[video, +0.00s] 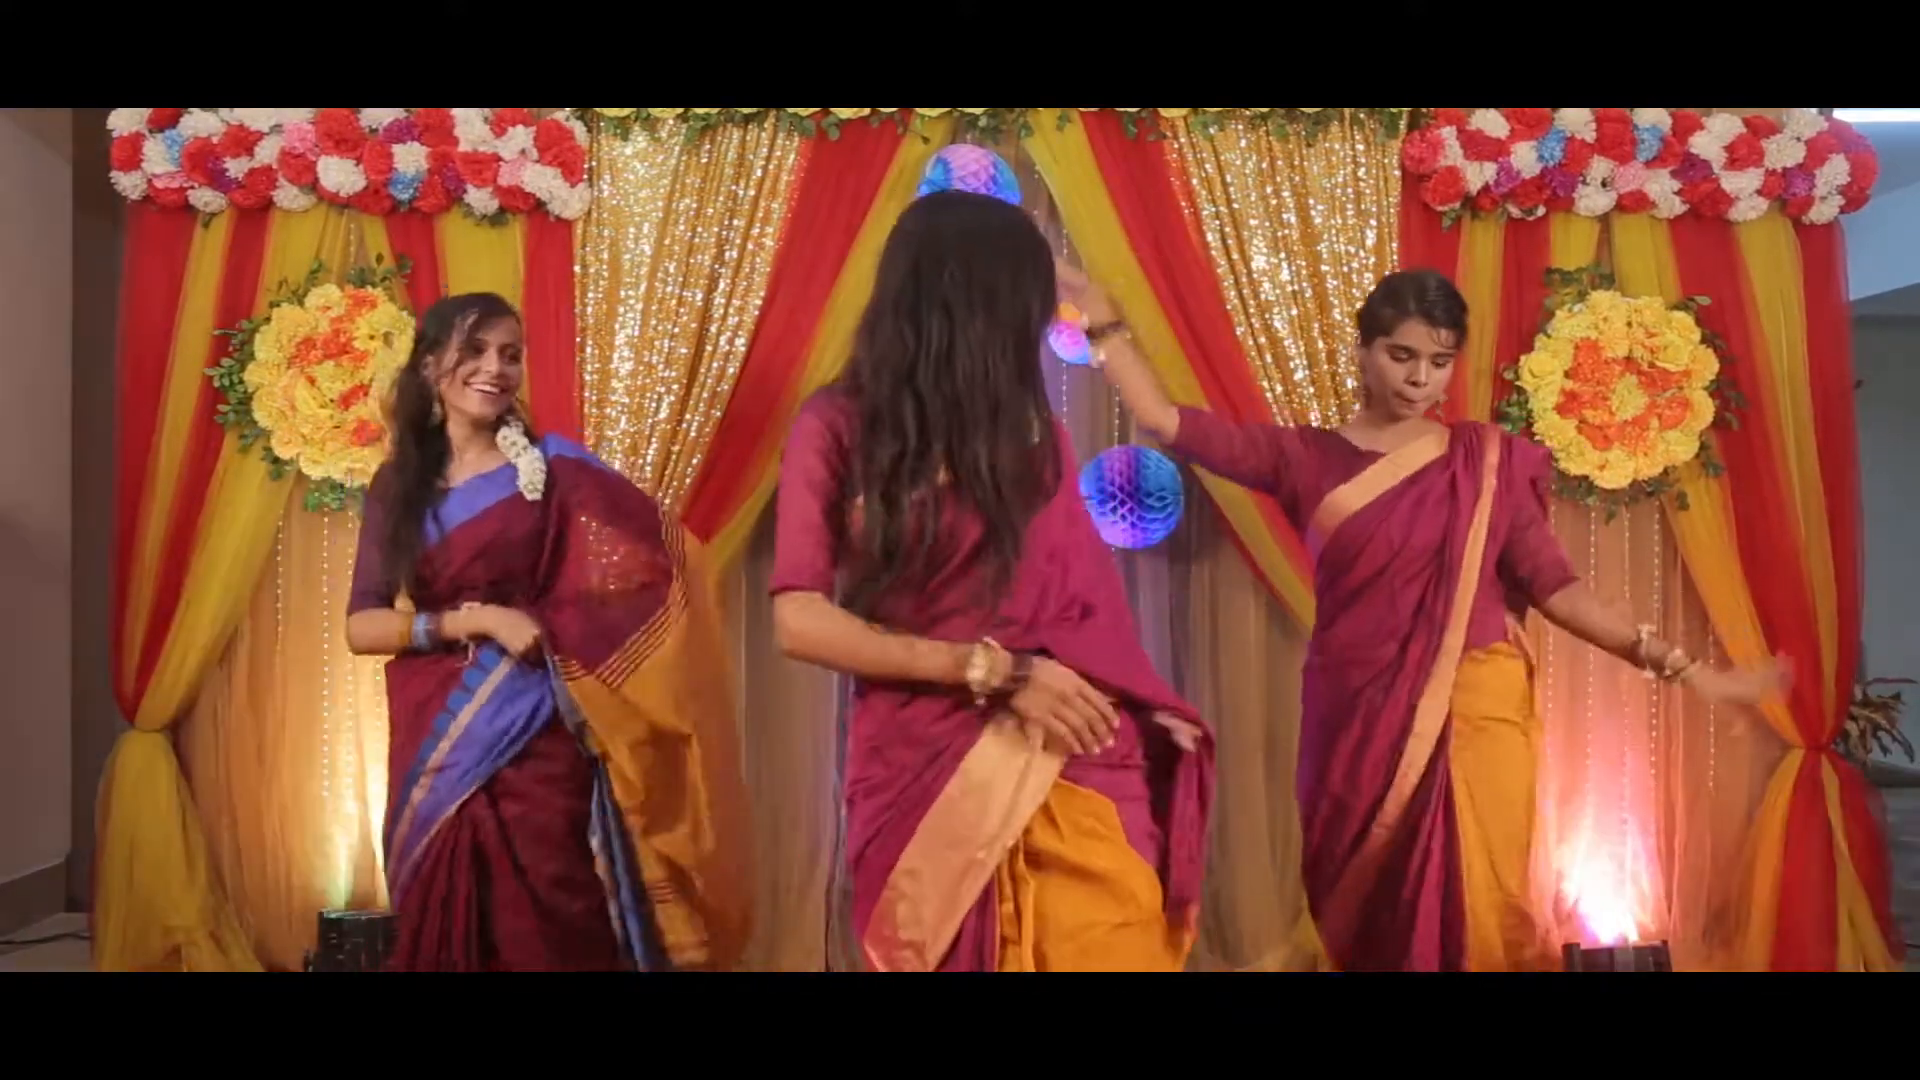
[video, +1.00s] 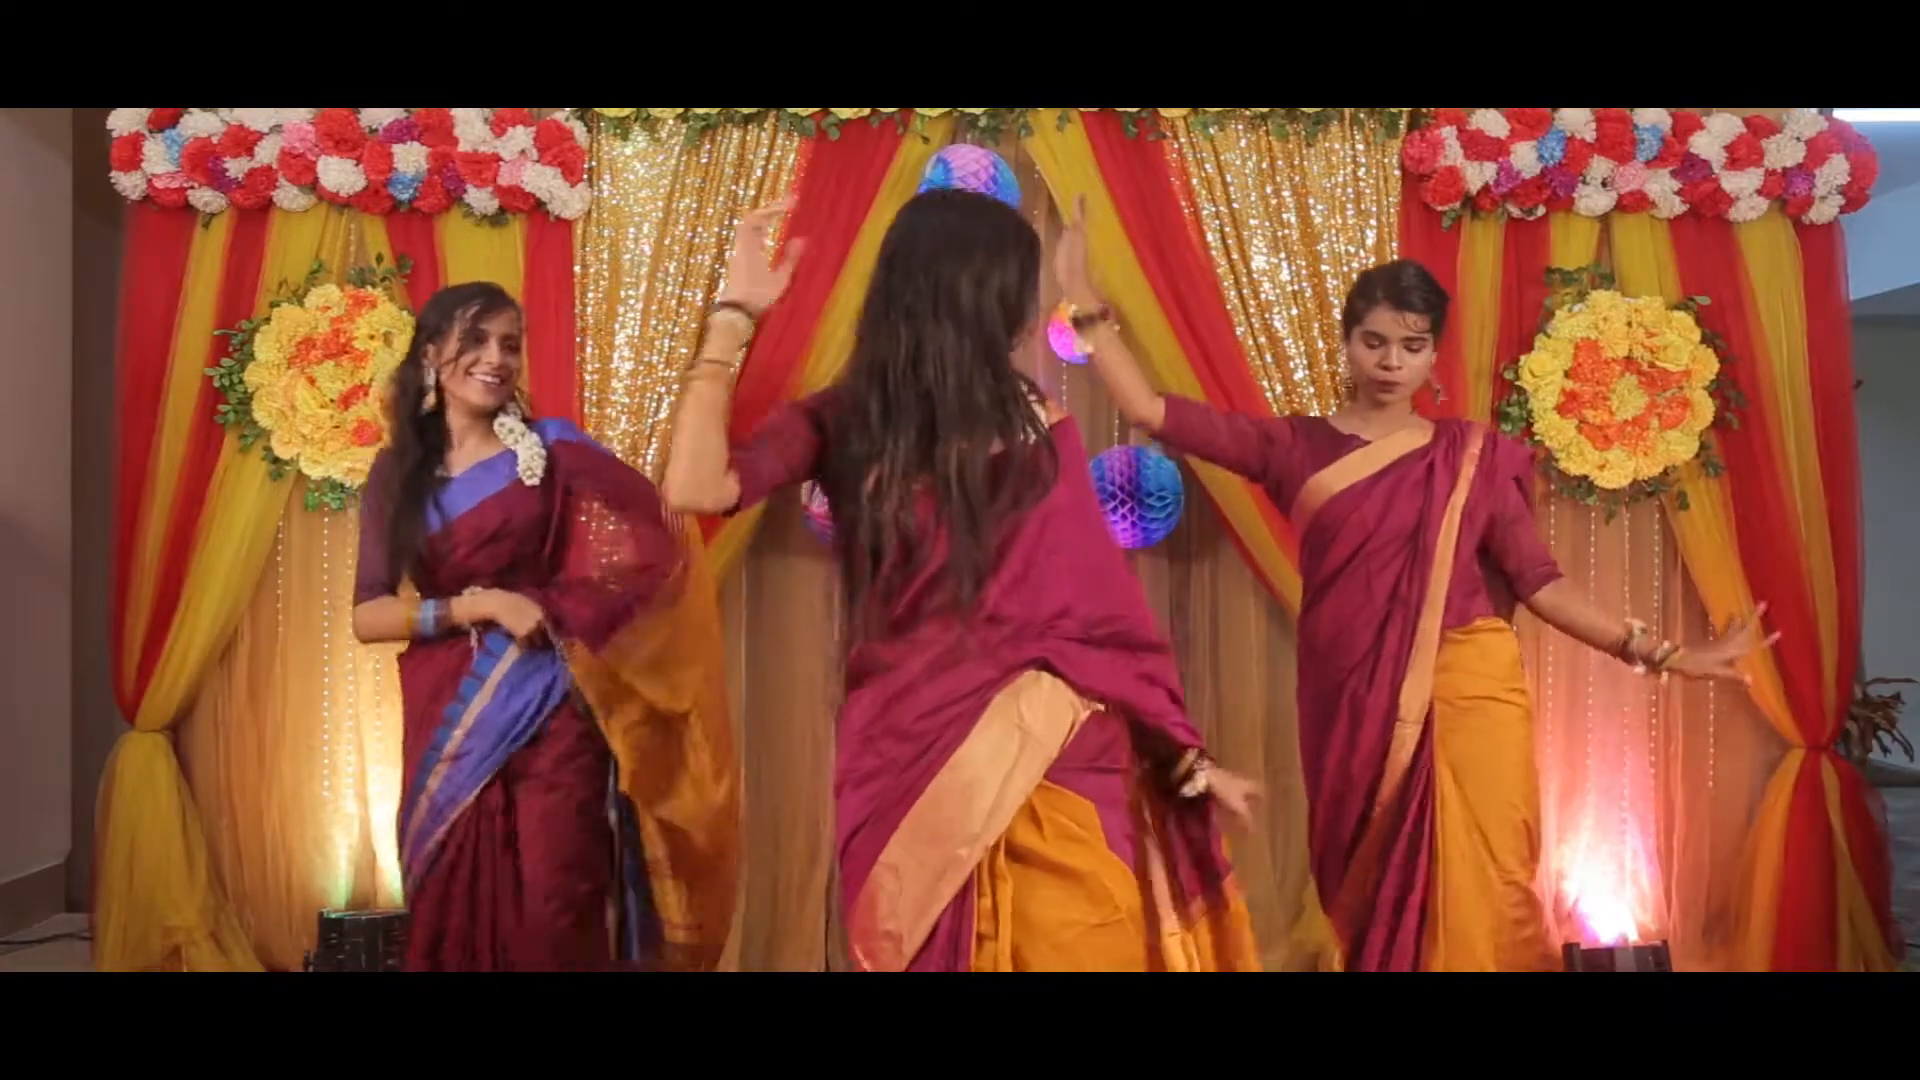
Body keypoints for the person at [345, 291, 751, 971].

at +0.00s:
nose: (496, 369)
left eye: (511, 355)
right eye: (475, 352)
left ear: (523, 370)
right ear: (431, 368)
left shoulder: (554, 465)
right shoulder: (400, 484)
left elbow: (671, 554)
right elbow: (363, 628)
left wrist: (576, 630)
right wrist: (476, 618)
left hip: (542, 731)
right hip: (435, 735)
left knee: (550, 925)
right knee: (446, 927)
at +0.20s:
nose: (514, 351)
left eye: (524, 338)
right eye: (495, 332)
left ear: (532, 351)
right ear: (442, 343)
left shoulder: (550, 445)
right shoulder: (390, 451)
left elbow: (687, 535)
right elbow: (335, 576)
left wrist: (601, 612)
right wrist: (464, 570)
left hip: (554, 693)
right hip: (453, 701)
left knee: (556, 884)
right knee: (470, 888)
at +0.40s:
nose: (507, 369)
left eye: (518, 354)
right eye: (486, 353)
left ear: (531, 366)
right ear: (438, 366)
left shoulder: (562, 458)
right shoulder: (406, 487)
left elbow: (666, 545)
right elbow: (365, 624)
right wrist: (464, 611)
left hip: (545, 727)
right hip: (438, 738)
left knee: (557, 924)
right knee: (446, 927)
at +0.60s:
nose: (509, 351)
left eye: (521, 339)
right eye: (489, 334)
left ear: (534, 351)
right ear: (440, 345)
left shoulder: (556, 443)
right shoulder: (395, 456)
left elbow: (643, 534)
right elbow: (349, 594)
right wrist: (466, 583)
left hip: (551, 684)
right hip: (446, 695)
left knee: (560, 893)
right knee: (460, 896)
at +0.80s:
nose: (506, 349)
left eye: (518, 336)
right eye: (486, 332)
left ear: (531, 350)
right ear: (437, 347)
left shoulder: (556, 442)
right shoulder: (398, 458)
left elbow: (665, 532)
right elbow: (358, 599)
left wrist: (551, 591)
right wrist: (468, 586)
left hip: (559, 691)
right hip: (454, 704)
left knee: (578, 887)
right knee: (471, 897)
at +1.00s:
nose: (497, 359)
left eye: (511, 345)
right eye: (476, 342)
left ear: (523, 360)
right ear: (431, 359)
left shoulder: (554, 449)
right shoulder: (398, 473)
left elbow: (660, 544)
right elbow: (369, 617)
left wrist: (555, 609)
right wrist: (474, 603)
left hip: (551, 719)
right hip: (446, 725)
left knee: (552, 925)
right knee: (451, 923)